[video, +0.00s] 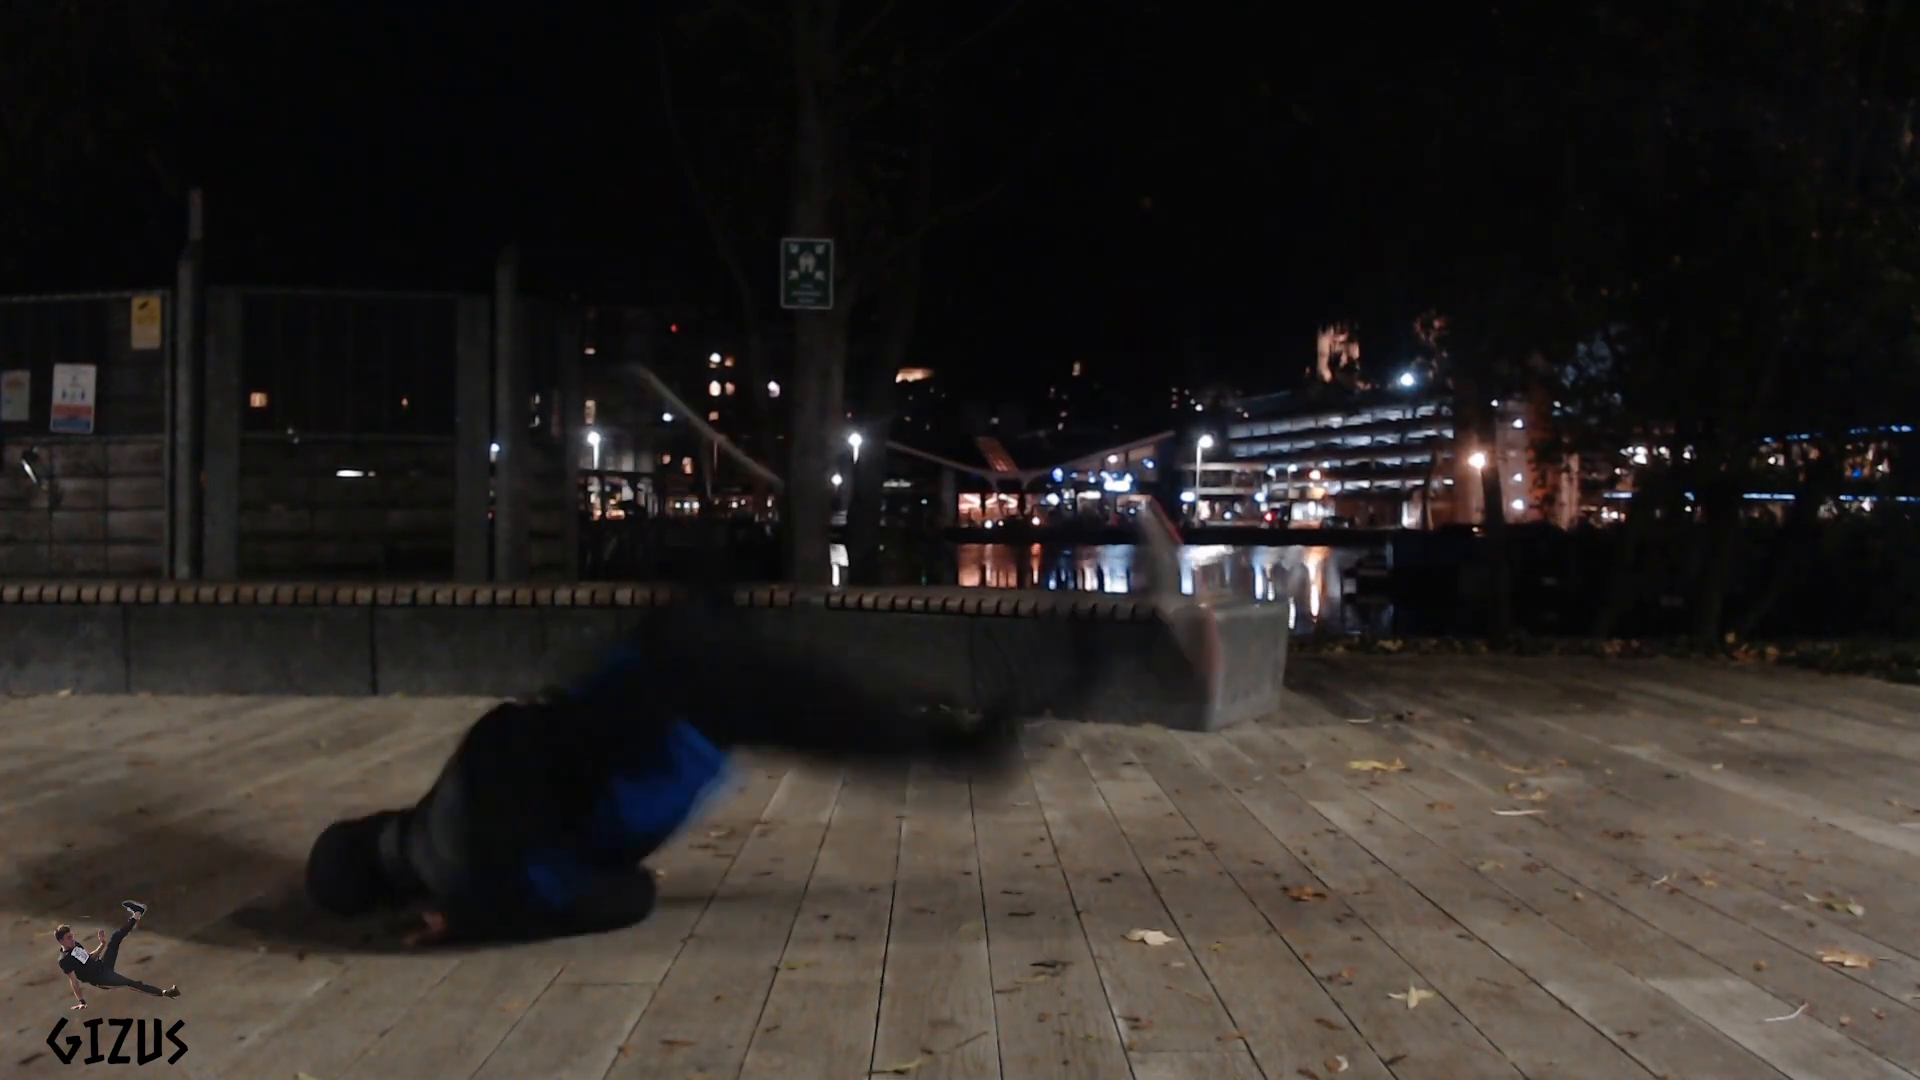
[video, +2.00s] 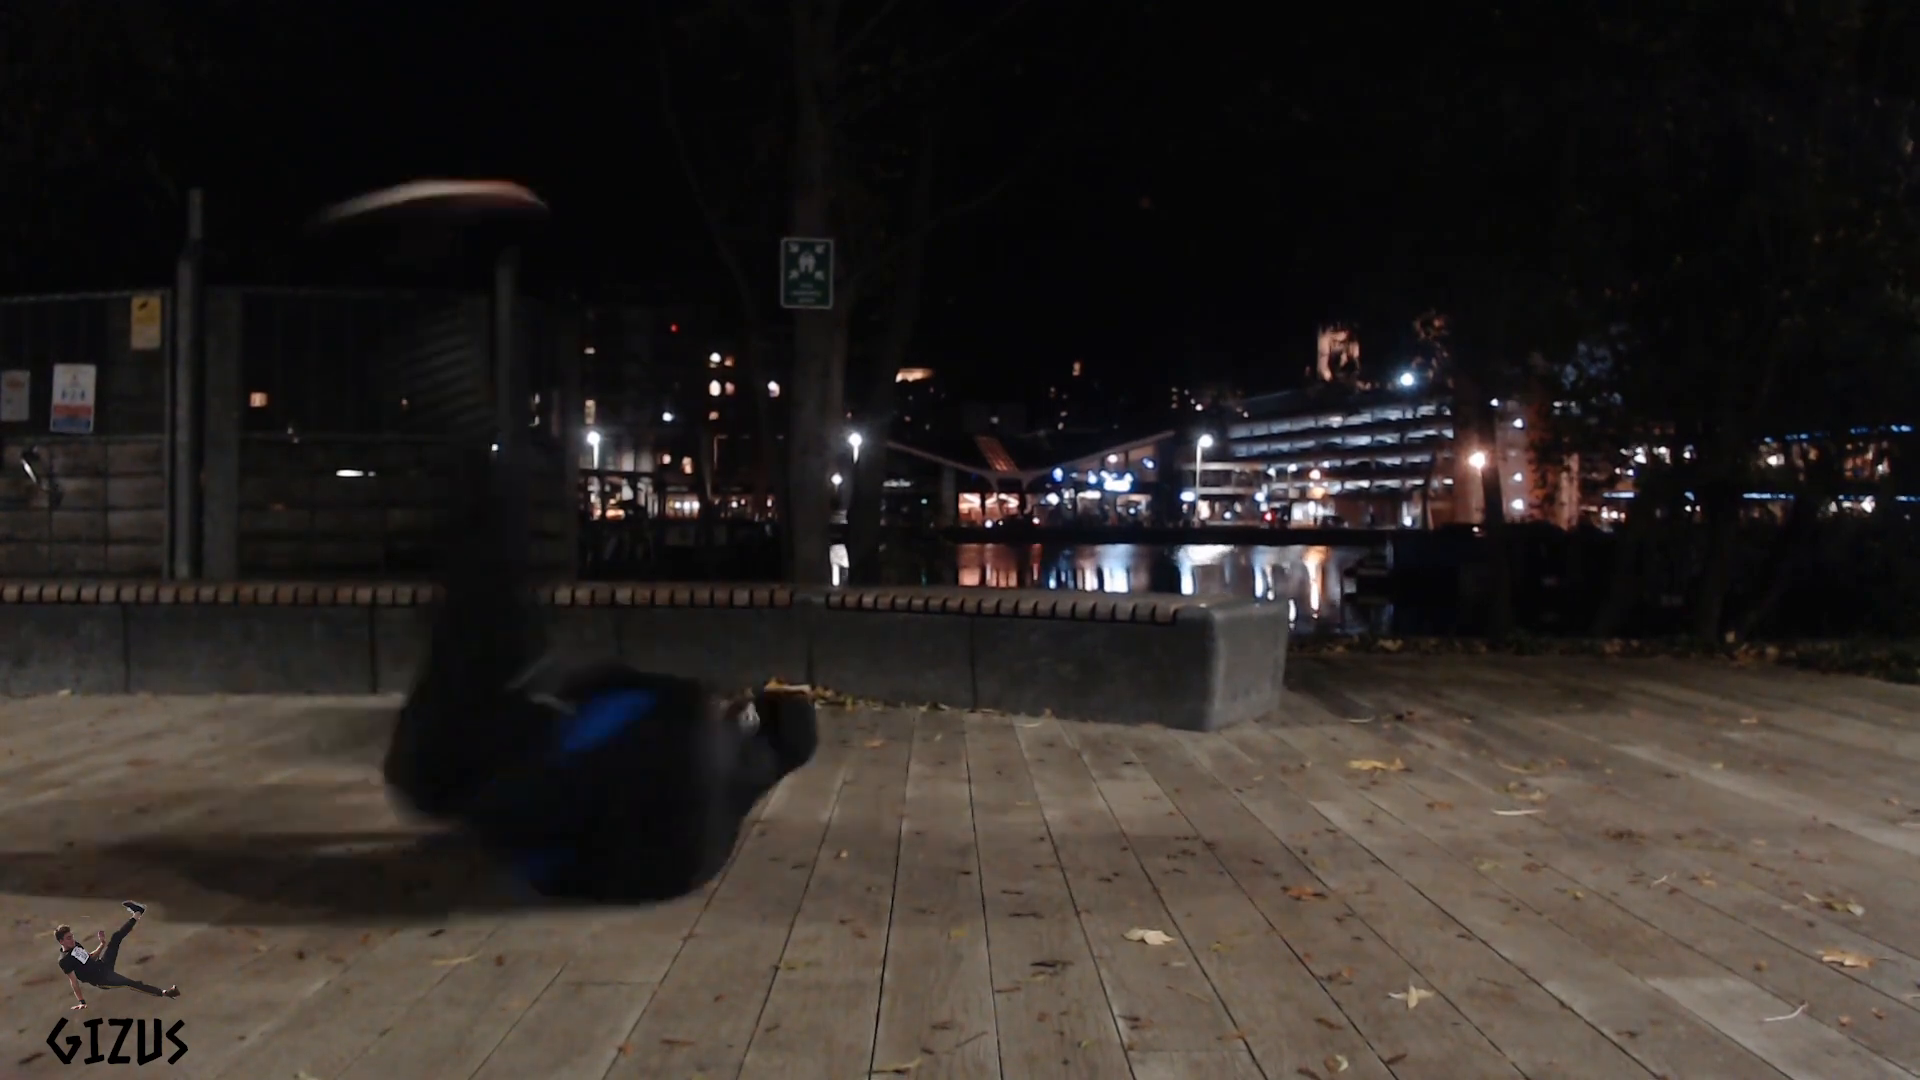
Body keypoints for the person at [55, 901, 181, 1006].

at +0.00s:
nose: (73, 939)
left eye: (72, 936)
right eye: (69, 938)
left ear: (71, 936)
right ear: (61, 942)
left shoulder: (76, 946)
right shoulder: (64, 960)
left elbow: (91, 957)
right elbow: (74, 982)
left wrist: (102, 944)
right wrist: (81, 1001)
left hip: (104, 965)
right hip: (102, 978)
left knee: (116, 938)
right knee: (133, 983)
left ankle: (135, 917)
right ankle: (165, 993)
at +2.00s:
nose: (72, 939)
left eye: (72, 936)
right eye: (69, 938)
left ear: (70, 937)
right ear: (61, 941)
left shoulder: (75, 946)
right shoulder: (64, 960)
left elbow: (91, 957)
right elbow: (74, 982)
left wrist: (102, 945)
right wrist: (81, 1002)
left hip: (104, 965)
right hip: (102, 978)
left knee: (115, 938)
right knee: (132, 983)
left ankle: (136, 916)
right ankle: (164, 993)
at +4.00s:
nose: (72, 939)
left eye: (72, 936)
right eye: (69, 938)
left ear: (71, 937)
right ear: (61, 942)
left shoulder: (76, 946)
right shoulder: (64, 961)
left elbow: (91, 957)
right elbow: (74, 982)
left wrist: (102, 945)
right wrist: (81, 1001)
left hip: (104, 964)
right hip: (102, 978)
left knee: (116, 938)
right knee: (131, 983)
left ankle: (136, 916)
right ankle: (164, 993)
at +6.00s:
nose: (72, 939)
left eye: (71, 936)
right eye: (69, 938)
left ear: (71, 937)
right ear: (61, 941)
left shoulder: (76, 946)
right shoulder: (64, 961)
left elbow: (92, 957)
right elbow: (74, 982)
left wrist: (102, 944)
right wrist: (81, 1002)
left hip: (104, 964)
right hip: (102, 978)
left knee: (116, 939)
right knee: (131, 983)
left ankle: (136, 916)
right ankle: (164, 993)